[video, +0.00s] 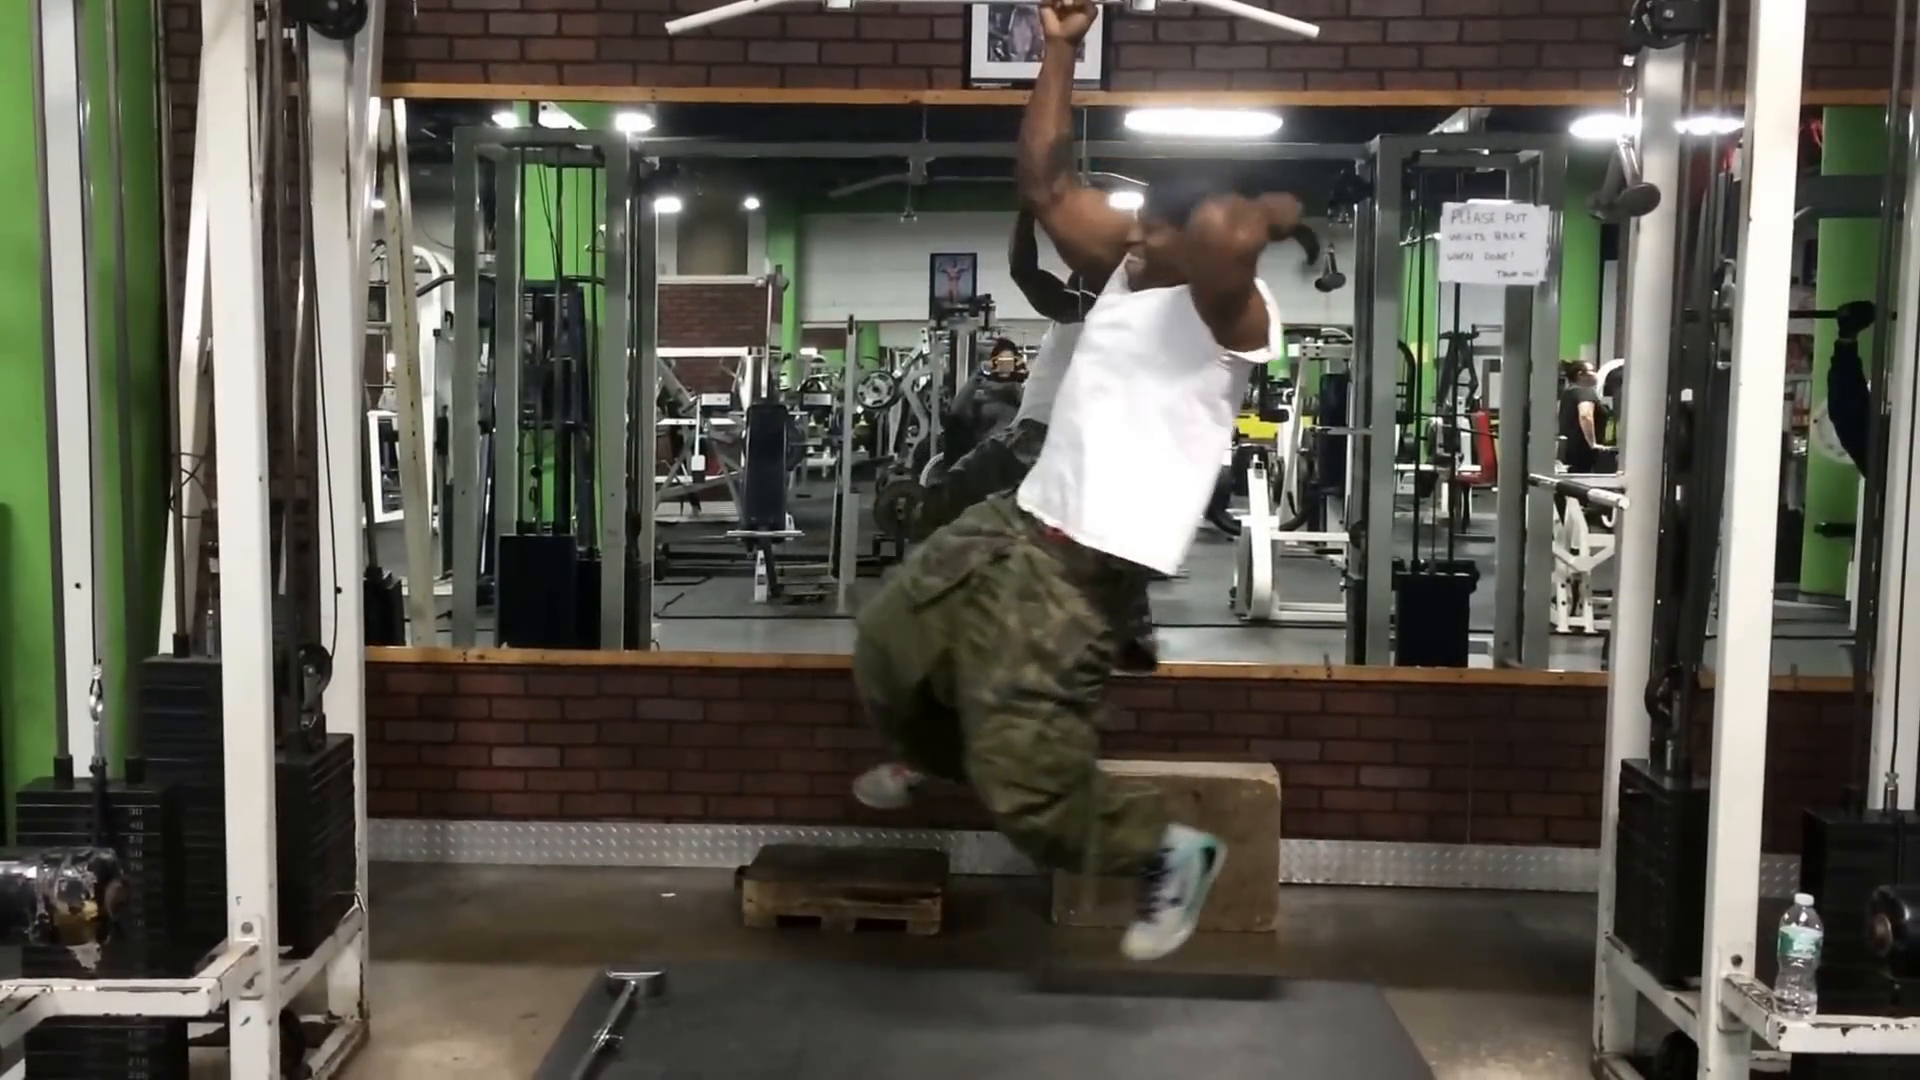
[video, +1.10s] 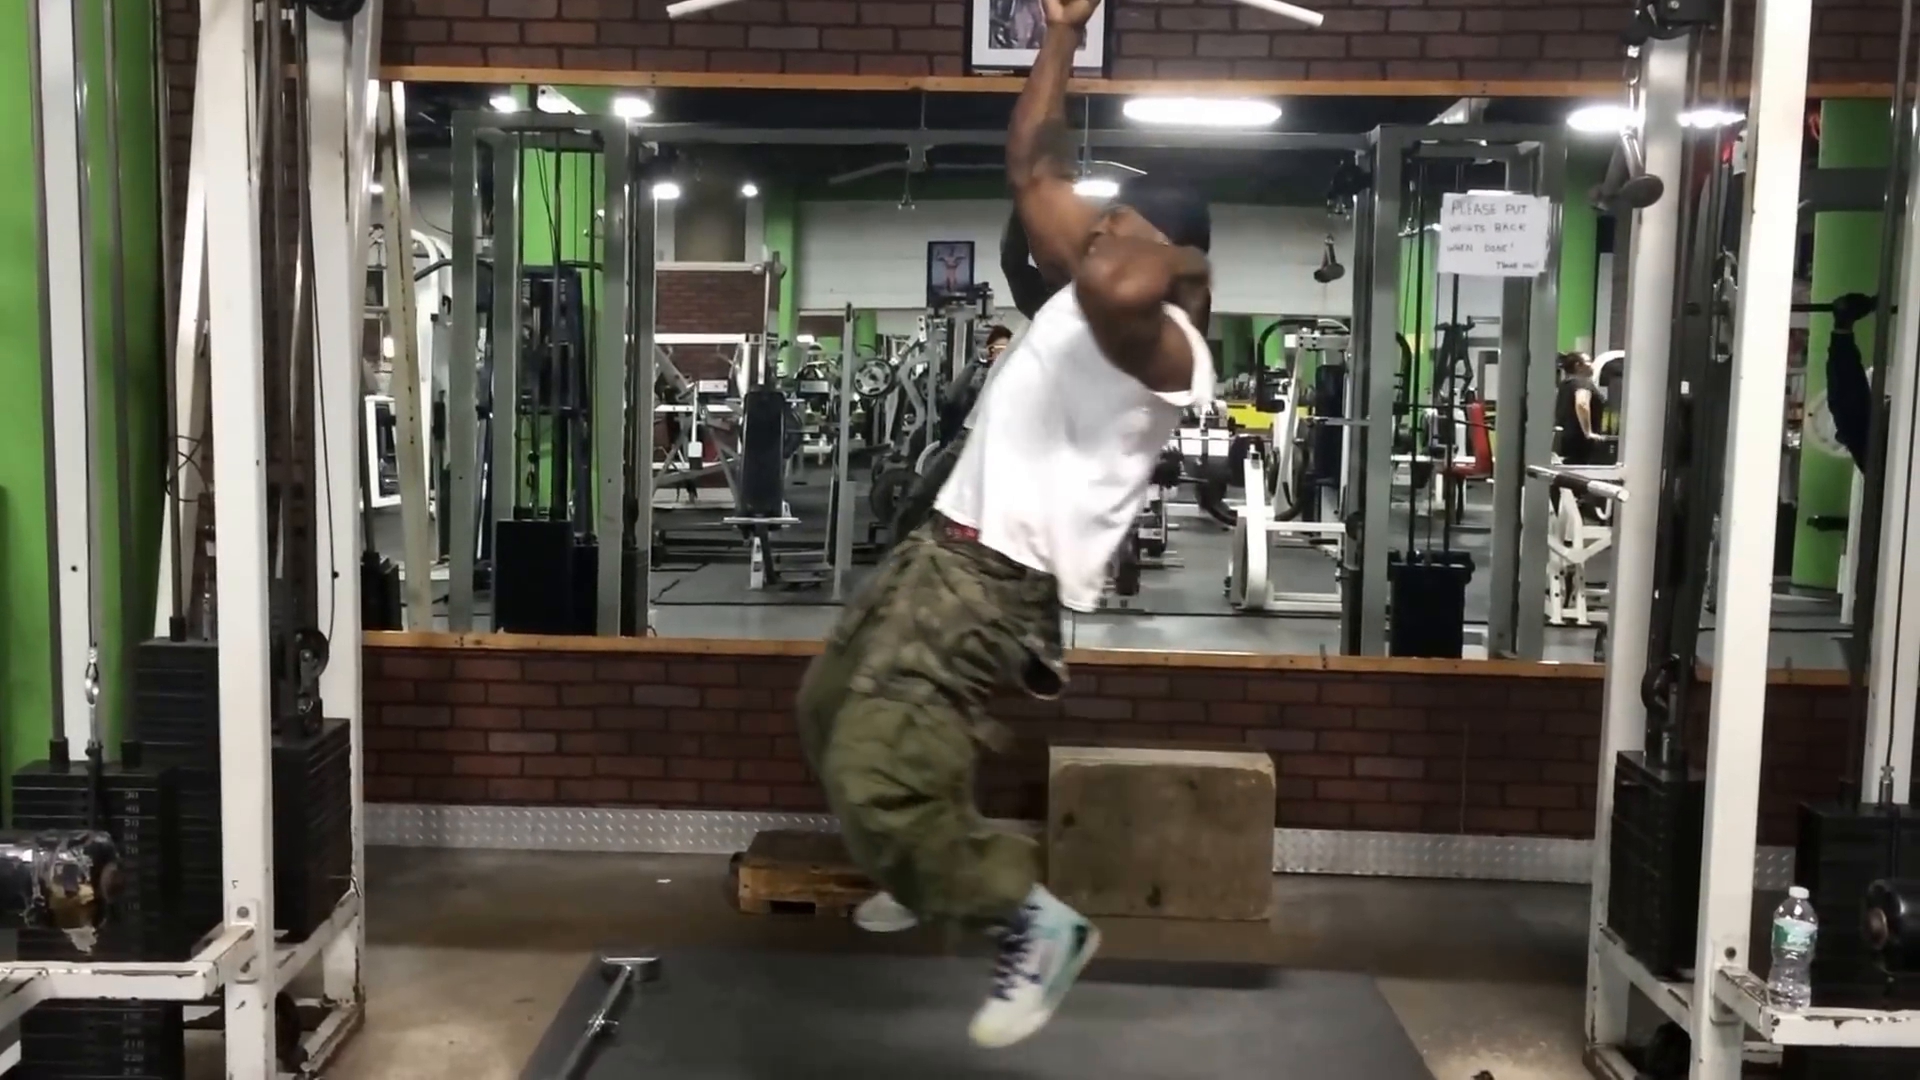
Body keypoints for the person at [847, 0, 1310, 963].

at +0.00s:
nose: (1171, 225)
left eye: (1194, 219)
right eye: (1174, 213)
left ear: (1232, 238)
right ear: (1164, 215)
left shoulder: (1233, 317)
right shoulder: (1131, 249)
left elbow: (1216, 256)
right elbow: (1045, 183)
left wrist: (1249, 214)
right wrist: (1058, 51)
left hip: (1085, 572)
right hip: (1015, 522)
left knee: (1017, 784)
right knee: (887, 643)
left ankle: (1172, 851)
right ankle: (938, 765)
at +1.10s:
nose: (1097, 236)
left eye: (1119, 228)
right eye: (1099, 223)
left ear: (1166, 264)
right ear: (1098, 239)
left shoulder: (1166, 347)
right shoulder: (1084, 298)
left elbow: (1114, 294)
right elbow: (1031, 166)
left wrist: (1175, 259)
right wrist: (1058, 36)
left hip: (992, 587)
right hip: (933, 555)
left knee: (878, 772)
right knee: (828, 713)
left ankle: (1037, 923)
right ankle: (933, 879)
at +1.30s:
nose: (1089, 228)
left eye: (1108, 220)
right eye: (1097, 216)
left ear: (1147, 251)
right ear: (1120, 242)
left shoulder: (1148, 350)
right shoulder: (1082, 286)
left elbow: (1066, 322)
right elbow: (1028, 163)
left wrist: (1140, 259)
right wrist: (1061, 33)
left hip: (961, 581)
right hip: (909, 541)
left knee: (830, 771)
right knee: (786, 678)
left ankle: (977, 908)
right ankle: (879, 856)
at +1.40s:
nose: (1084, 227)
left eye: (1100, 216)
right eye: (1090, 214)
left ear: (1143, 242)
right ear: (1118, 238)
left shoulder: (1156, 340)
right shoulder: (1087, 278)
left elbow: (1062, 340)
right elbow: (1028, 161)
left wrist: (1137, 251)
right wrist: (1061, 32)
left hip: (959, 578)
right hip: (906, 534)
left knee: (822, 761)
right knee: (780, 668)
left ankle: (963, 904)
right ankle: (861, 850)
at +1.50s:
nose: (1083, 216)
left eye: (1101, 205)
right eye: (1090, 203)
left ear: (1139, 239)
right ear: (1111, 231)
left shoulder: (1151, 344)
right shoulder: (1073, 282)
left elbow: (1072, 360)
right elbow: (1028, 160)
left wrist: (1138, 251)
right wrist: (1060, 30)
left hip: (955, 583)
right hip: (901, 534)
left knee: (825, 768)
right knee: (778, 666)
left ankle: (966, 899)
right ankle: (855, 840)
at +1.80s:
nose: (1099, 240)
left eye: (1120, 234)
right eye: (1104, 228)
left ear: (1170, 259)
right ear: (1102, 236)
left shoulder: (1187, 351)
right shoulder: (1085, 277)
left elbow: (1141, 363)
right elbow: (1032, 157)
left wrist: (1201, 270)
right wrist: (1058, 30)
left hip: (991, 590)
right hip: (928, 533)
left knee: (904, 787)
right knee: (816, 659)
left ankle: (1050, 871)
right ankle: (886, 800)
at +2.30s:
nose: (1137, 194)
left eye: (1157, 188)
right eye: (1139, 186)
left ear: (1195, 207)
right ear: (1146, 213)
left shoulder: (1226, 274)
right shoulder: (1115, 255)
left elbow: (1278, 216)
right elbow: (1047, 158)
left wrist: (1243, 120)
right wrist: (1062, 26)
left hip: (1101, 556)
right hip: (1019, 521)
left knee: (1063, 768)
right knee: (925, 666)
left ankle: (1192, 802)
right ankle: (1011, 771)